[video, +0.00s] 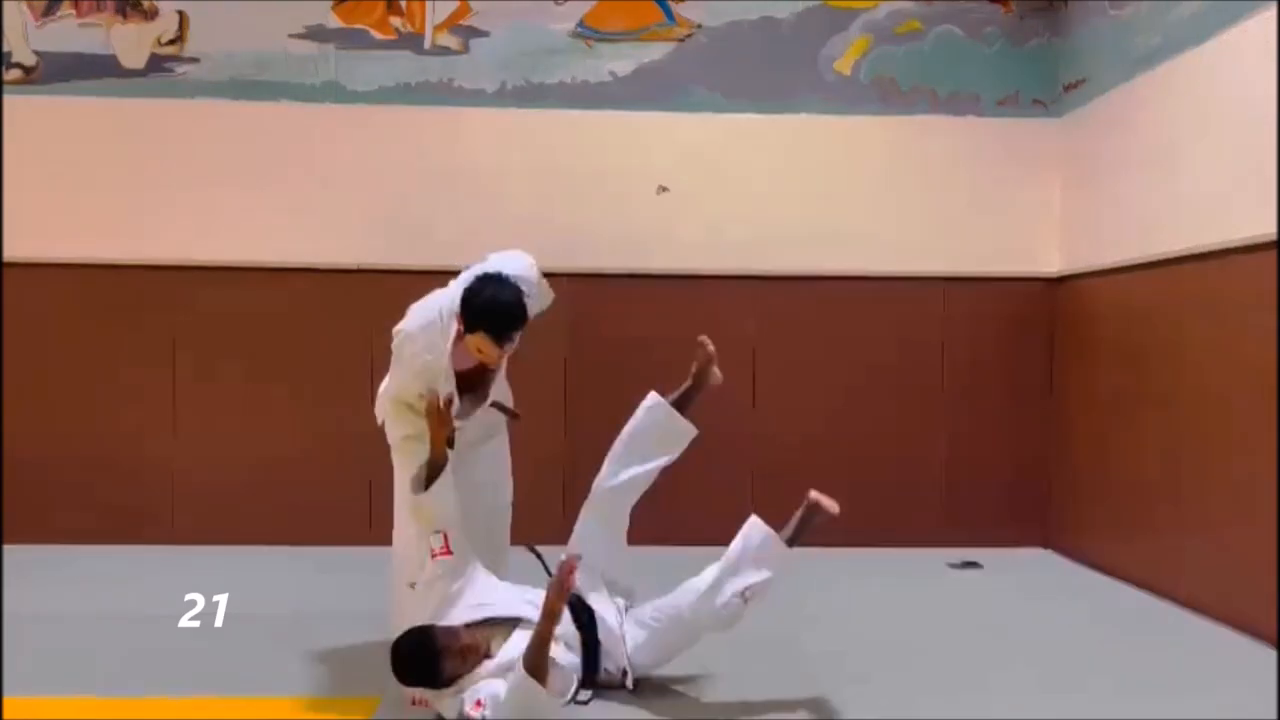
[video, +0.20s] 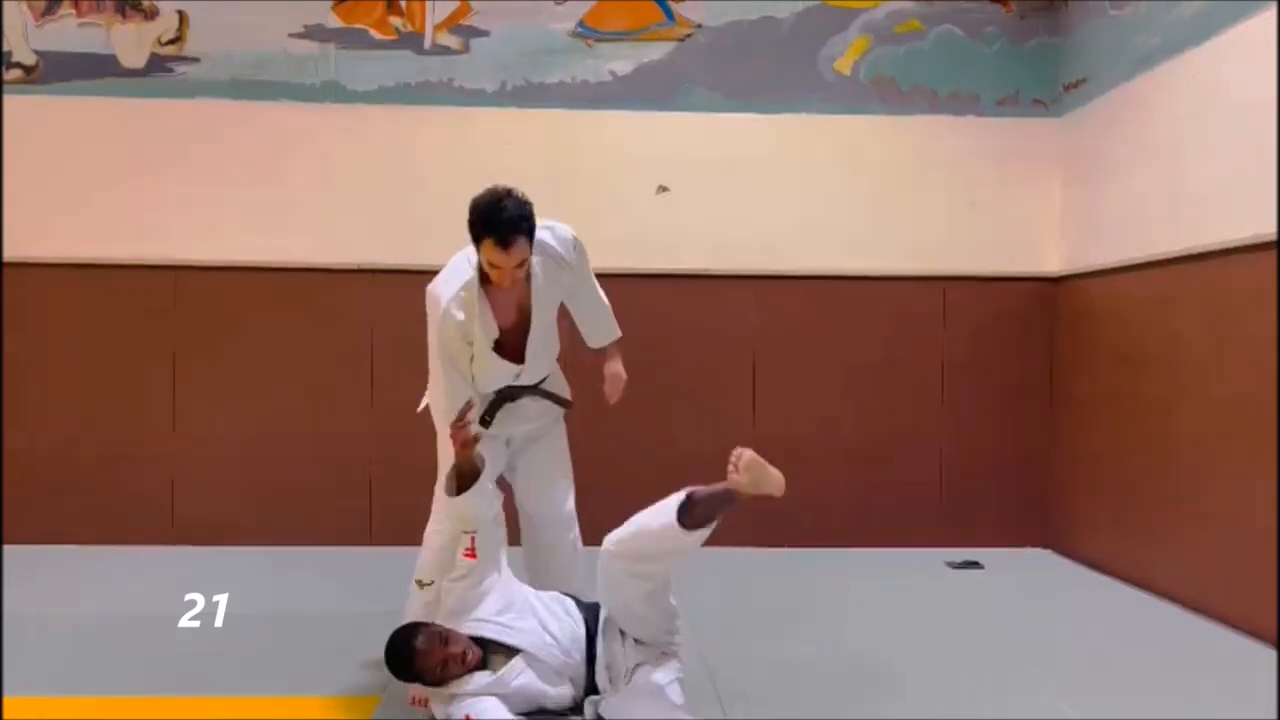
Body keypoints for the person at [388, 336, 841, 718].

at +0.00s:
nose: (471, 642)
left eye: (459, 636)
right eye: (459, 656)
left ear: (448, 625)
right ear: (453, 678)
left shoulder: (469, 597)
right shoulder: (482, 694)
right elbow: (529, 679)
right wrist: (551, 613)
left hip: (588, 591)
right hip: (622, 649)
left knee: (607, 494)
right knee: (711, 595)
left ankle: (693, 389)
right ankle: (800, 522)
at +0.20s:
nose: (458, 655)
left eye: (447, 643)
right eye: (444, 665)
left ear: (443, 624)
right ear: (435, 683)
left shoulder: (475, 593)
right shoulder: (470, 700)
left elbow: (466, 521)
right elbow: (491, 717)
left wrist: (464, 459)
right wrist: (449, 708)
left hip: (620, 619)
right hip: (619, 682)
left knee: (624, 548)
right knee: (647, 710)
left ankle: (738, 488)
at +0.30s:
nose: (455, 653)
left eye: (445, 642)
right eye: (442, 664)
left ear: (444, 624)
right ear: (437, 680)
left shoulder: (475, 595)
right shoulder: (472, 699)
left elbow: (484, 517)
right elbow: (490, 716)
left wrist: (469, 450)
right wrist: (450, 704)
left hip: (621, 621)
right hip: (621, 683)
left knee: (621, 570)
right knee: (626, 710)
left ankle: (750, 526)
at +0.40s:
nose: (451, 653)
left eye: (440, 640)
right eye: (436, 665)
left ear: (438, 622)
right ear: (428, 681)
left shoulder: (473, 596)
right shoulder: (467, 702)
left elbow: (482, 522)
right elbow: (497, 717)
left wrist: (472, 449)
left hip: (618, 619)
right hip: (622, 679)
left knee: (609, 559)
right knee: (630, 712)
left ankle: (727, 499)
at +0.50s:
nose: (441, 650)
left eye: (432, 639)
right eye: (430, 662)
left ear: (436, 622)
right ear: (428, 678)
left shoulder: (473, 595)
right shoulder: (465, 697)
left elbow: (483, 519)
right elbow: (496, 719)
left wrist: (470, 440)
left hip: (616, 617)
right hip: (620, 679)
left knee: (594, 527)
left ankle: (705, 442)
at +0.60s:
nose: (438, 642)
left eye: (427, 633)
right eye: (425, 655)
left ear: (432, 620)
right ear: (424, 674)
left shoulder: (472, 599)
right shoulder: (459, 696)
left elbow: (483, 528)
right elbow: (506, 719)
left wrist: (482, 443)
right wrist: (571, 718)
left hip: (610, 617)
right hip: (616, 682)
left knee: (592, 506)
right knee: (654, 713)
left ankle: (706, 417)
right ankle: (785, 663)